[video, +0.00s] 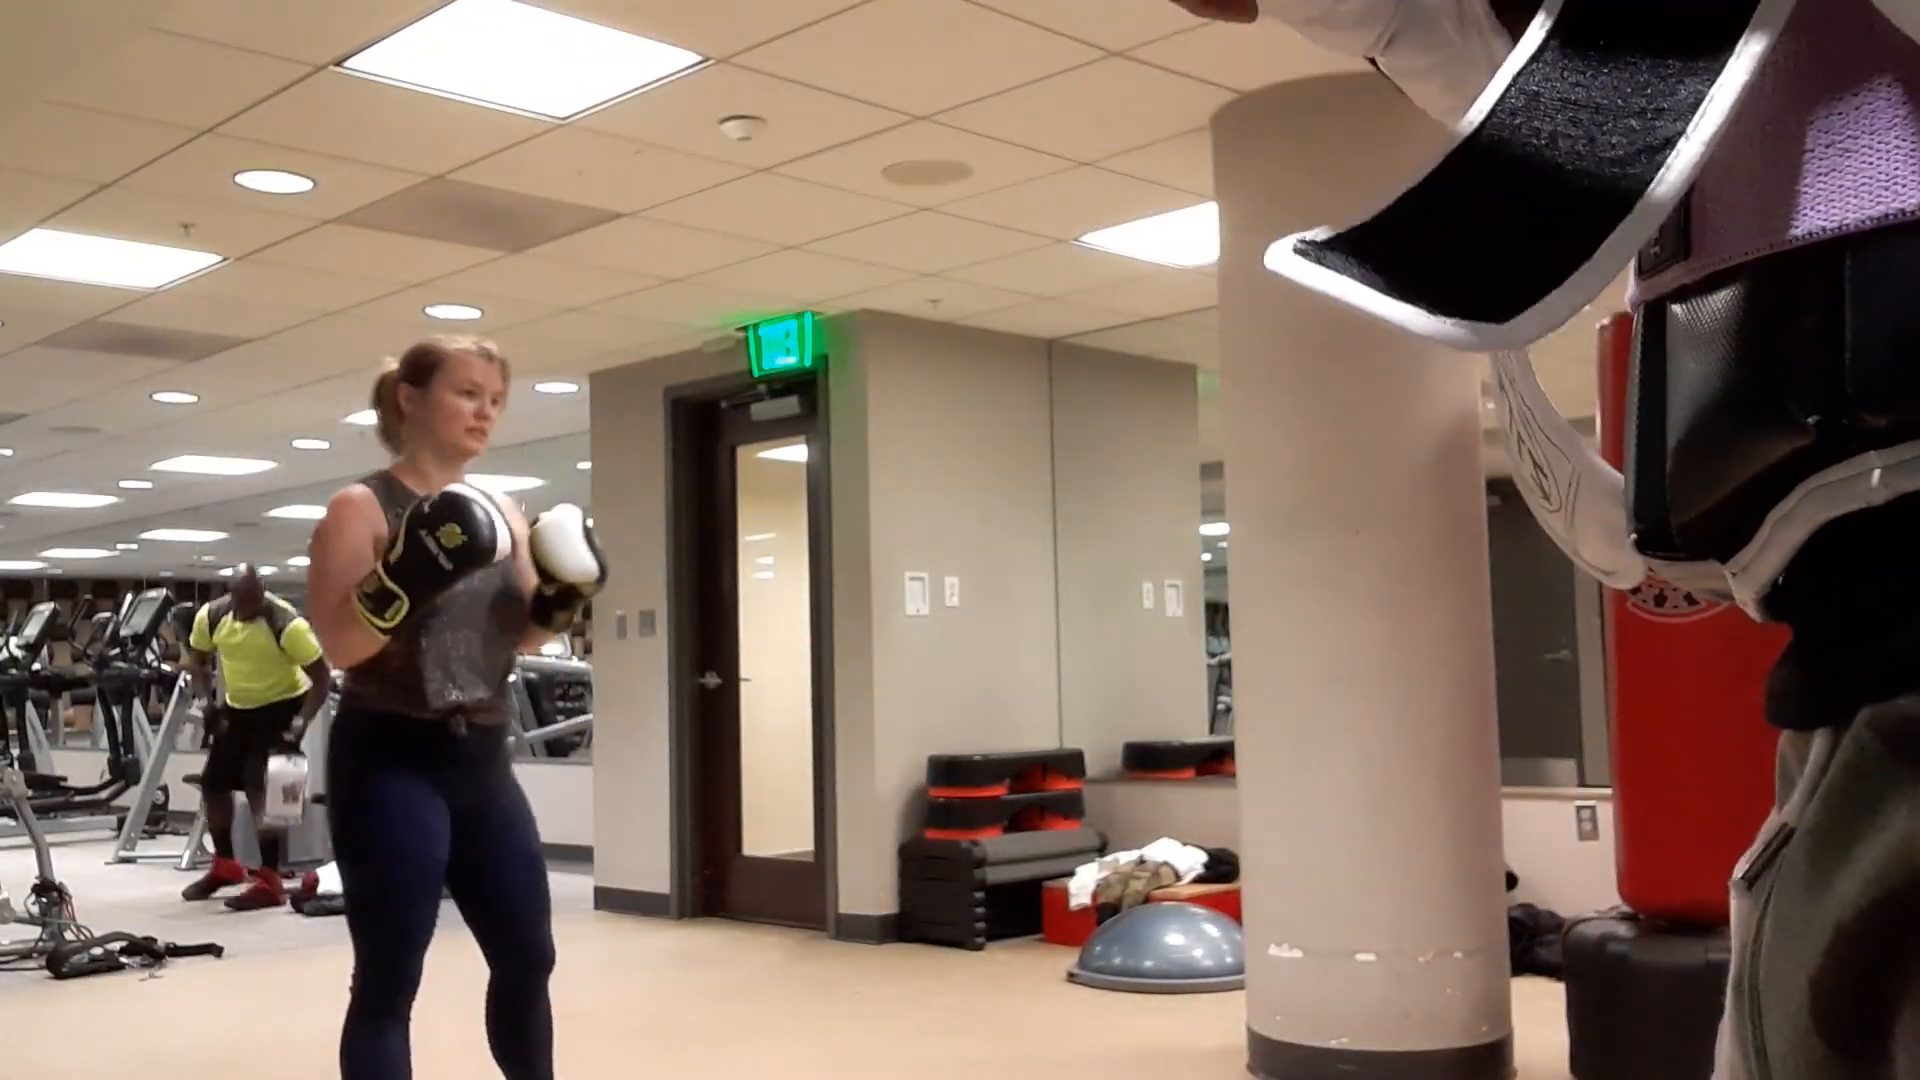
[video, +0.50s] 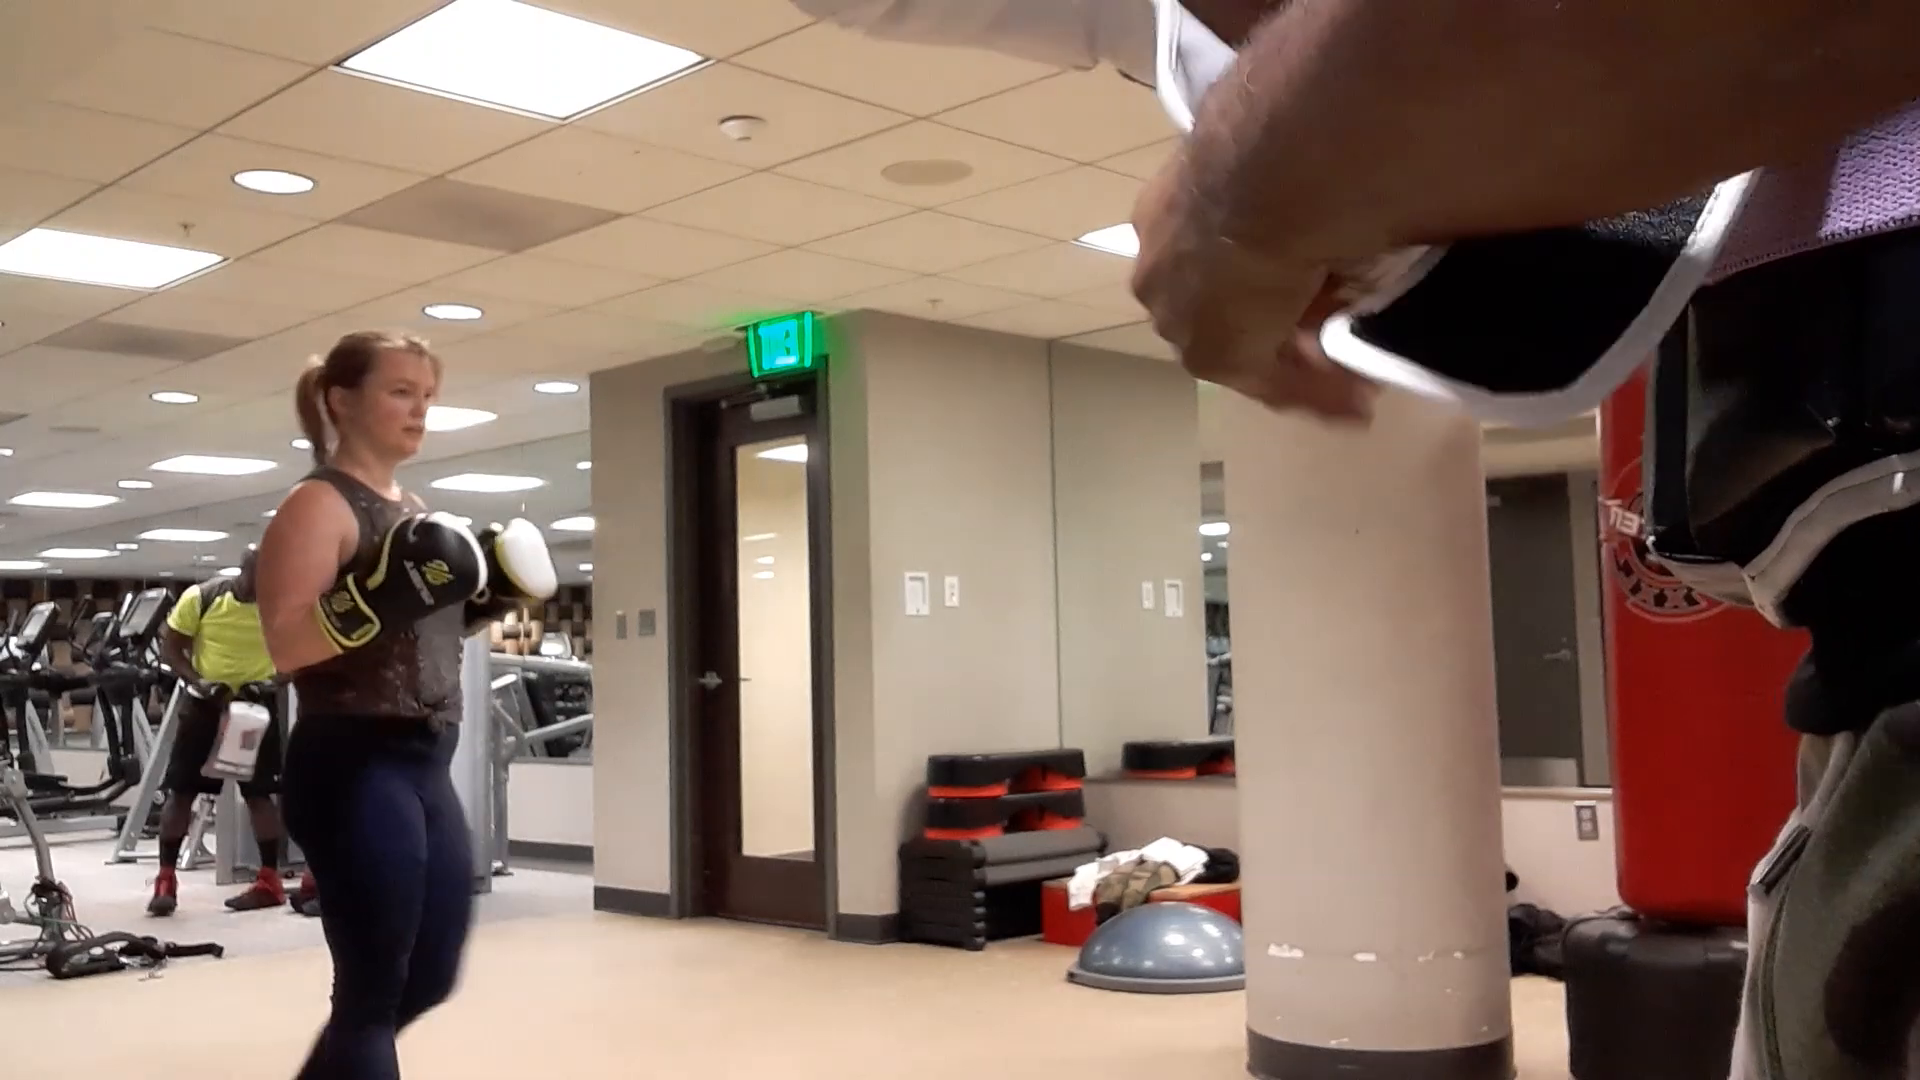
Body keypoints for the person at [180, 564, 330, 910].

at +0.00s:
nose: (242, 608)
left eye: (249, 601)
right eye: (238, 601)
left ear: (262, 594)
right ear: (229, 594)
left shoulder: (286, 625)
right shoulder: (210, 617)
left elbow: (322, 678)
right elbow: (198, 660)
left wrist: (299, 727)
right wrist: (207, 702)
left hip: (280, 710)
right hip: (237, 711)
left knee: (261, 789)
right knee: (215, 786)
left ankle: (269, 878)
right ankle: (225, 864)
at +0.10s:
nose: (262, 597)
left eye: (268, 591)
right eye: (256, 590)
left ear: (276, 585)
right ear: (242, 581)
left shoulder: (288, 612)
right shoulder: (214, 606)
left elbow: (324, 669)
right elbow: (199, 653)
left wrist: (297, 709)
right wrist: (207, 693)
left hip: (275, 709)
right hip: (229, 708)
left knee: (263, 792)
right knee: (203, 782)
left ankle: (270, 879)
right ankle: (216, 857)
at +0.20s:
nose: (267, 593)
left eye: (273, 587)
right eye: (262, 585)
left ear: (282, 582)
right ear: (248, 577)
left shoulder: (291, 608)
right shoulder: (214, 601)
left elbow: (323, 655)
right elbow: (192, 650)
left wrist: (295, 698)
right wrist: (205, 687)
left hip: (273, 708)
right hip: (225, 706)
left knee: (267, 791)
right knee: (195, 779)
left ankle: (270, 879)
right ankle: (204, 858)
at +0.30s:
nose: (265, 583)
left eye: (272, 577)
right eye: (262, 574)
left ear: (282, 580)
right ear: (251, 570)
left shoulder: (290, 609)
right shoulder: (214, 597)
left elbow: (315, 658)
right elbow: (189, 644)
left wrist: (284, 691)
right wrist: (206, 681)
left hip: (266, 709)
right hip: (217, 705)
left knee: (265, 792)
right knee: (191, 784)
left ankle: (270, 880)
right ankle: (191, 869)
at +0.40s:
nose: (259, 583)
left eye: (267, 576)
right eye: (257, 573)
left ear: (277, 579)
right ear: (249, 569)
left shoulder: (285, 608)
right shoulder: (209, 597)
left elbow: (311, 657)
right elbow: (179, 646)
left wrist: (279, 685)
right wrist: (204, 682)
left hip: (263, 708)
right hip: (213, 703)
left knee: (262, 792)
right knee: (185, 787)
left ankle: (269, 880)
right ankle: (173, 877)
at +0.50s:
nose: (253, 587)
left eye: (260, 580)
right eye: (251, 577)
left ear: (269, 578)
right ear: (240, 570)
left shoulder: (277, 608)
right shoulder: (200, 598)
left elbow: (301, 657)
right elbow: (170, 647)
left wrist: (273, 684)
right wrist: (195, 681)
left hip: (258, 709)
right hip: (205, 706)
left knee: (258, 794)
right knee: (181, 792)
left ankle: (270, 880)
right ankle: (166, 879)